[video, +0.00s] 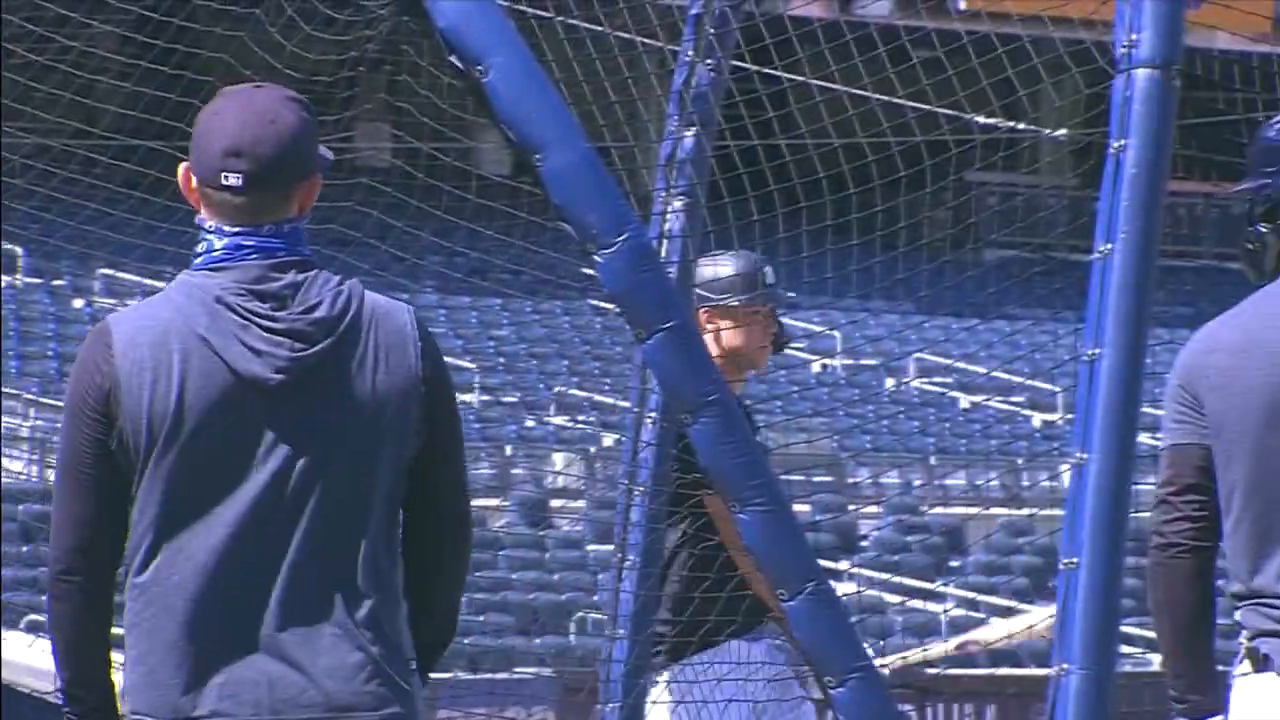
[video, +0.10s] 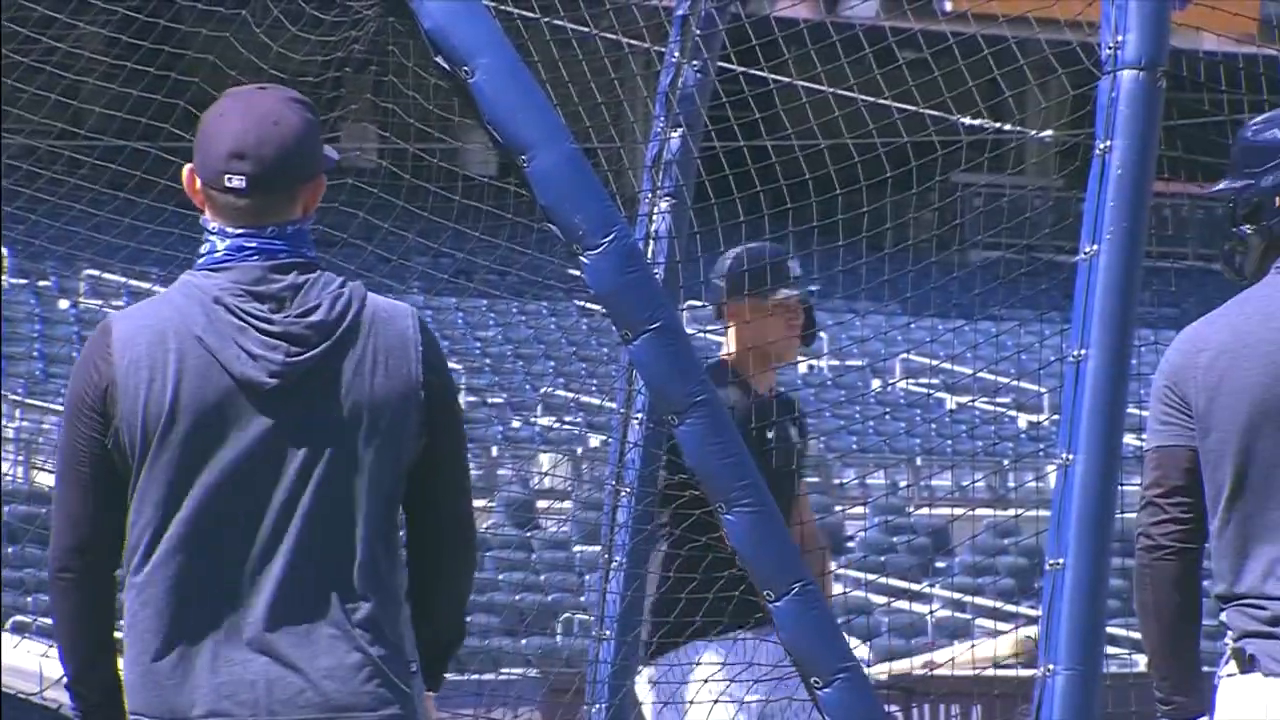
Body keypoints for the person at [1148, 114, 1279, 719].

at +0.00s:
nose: (1252, 236)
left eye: (1257, 219)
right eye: (1258, 218)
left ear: (1264, 230)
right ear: (1264, 230)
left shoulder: (1217, 350)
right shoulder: (1216, 350)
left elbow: (1179, 541)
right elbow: (1180, 541)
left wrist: (1195, 701)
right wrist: (1199, 700)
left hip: (1268, 668)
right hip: (1264, 664)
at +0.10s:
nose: (1234, 240)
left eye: (1243, 220)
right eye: (1236, 219)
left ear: (1268, 221)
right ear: (1270, 219)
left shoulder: (1204, 349)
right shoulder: (1203, 350)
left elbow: (1167, 541)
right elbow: (1167, 540)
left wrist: (1179, 701)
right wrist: (1183, 700)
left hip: (1260, 675)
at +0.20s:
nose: (1228, 242)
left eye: (1237, 221)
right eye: (1231, 220)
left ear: (1262, 222)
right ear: (1265, 221)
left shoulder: (1202, 348)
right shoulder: (1201, 350)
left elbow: (1165, 537)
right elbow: (1166, 537)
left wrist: (1176, 699)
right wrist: (1179, 697)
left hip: (1260, 671)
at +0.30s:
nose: (1224, 237)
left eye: (1234, 218)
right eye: (1226, 217)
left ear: (1263, 220)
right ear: (1266, 219)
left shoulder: (1202, 348)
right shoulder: (1201, 350)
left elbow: (1165, 537)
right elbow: (1166, 537)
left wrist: (1174, 700)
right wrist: (1177, 698)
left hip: (1263, 661)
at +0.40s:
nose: (1224, 227)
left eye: (1234, 208)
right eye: (1225, 208)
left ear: (1264, 210)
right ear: (1268, 209)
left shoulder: (1201, 341)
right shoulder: (1200, 343)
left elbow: (1164, 533)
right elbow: (1165, 533)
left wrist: (1176, 696)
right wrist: (1179, 694)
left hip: (1264, 658)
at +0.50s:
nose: (1224, 220)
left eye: (1234, 201)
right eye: (1226, 200)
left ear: (1264, 203)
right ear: (1265, 202)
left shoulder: (1202, 330)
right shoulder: (1200, 332)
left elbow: (1164, 522)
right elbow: (1165, 523)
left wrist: (1176, 691)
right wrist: (1178, 688)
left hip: (1262, 648)